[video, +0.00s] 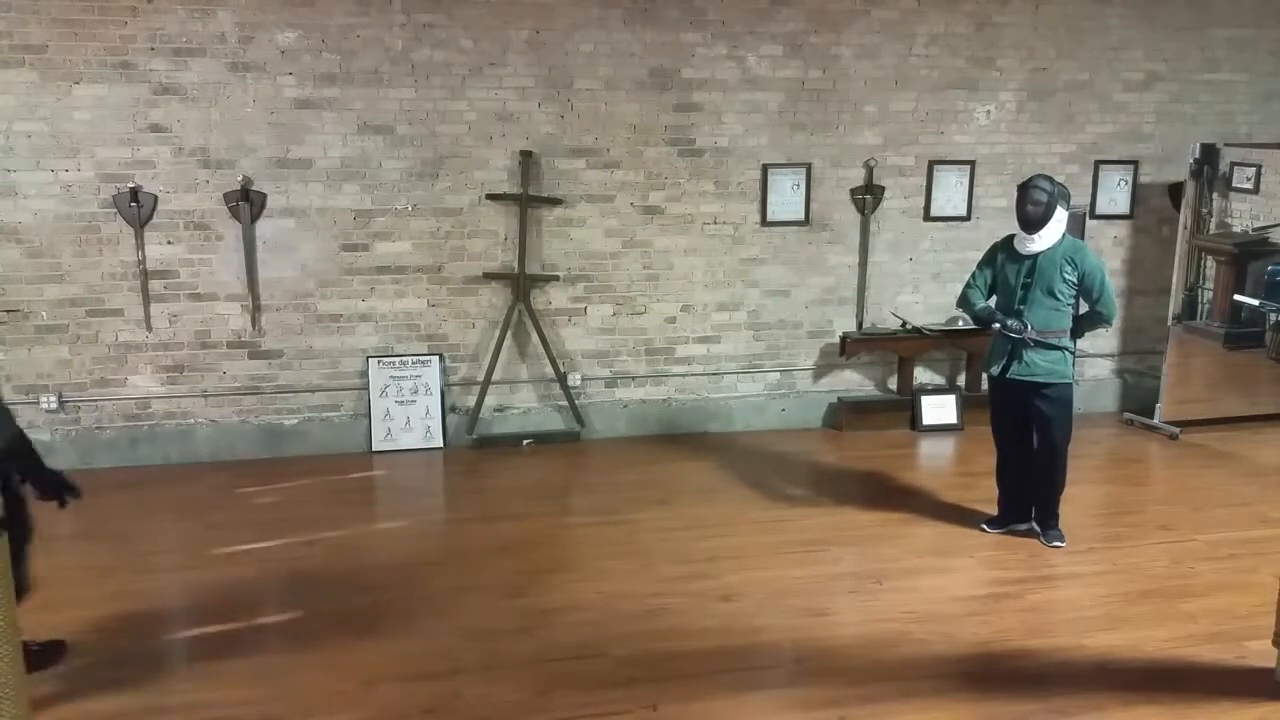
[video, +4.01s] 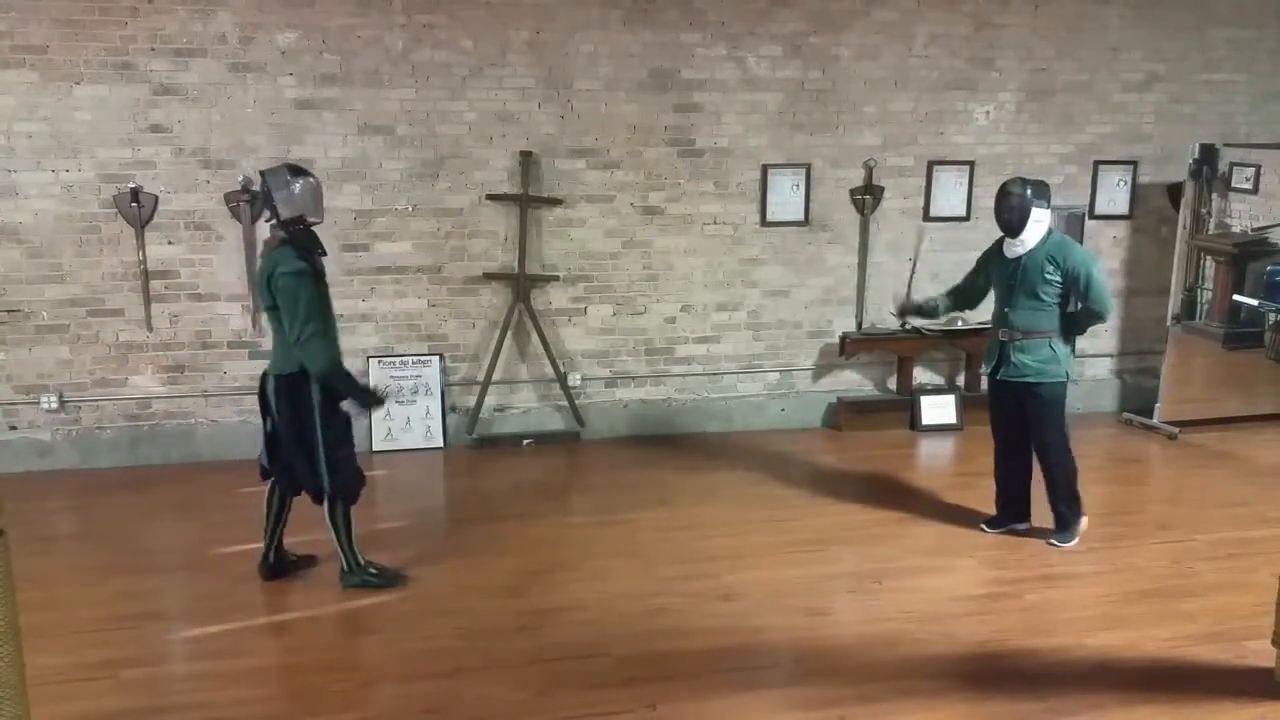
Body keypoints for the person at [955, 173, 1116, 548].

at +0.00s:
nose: (1027, 210)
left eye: (1035, 202)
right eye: (1023, 202)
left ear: (1056, 207)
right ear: (1017, 203)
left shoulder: (1077, 255)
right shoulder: (1003, 250)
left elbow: (1106, 311)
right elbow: (969, 296)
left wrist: (1071, 329)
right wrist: (997, 320)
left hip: (1050, 371)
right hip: (1005, 369)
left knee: (1051, 452)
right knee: (1009, 448)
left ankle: (1048, 522)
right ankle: (1013, 515)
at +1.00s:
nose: (1028, 210)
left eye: (1037, 203)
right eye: (1024, 202)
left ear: (1058, 207)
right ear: (1018, 204)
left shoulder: (1079, 254)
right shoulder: (1004, 250)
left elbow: (1107, 312)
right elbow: (972, 297)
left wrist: (1068, 331)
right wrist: (1000, 320)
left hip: (1052, 373)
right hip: (1006, 371)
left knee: (1052, 453)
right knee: (1010, 449)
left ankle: (1048, 523)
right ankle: (1013, 515)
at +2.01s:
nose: (1028, 209)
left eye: (1037, 202)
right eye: (1024, 201)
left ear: (1058, 206)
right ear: (1019, 202)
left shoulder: (1081, 254)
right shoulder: (1005, 250)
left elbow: (1108, 311)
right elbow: (973, 297)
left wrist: (1071, 331)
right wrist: (1001, 319)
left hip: (1053, 372)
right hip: (1007, 370)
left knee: (1054, 453)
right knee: (1013, 449)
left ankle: (1051, 523)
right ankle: (1016, 516)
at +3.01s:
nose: (1030, 213)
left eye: (1040, 207)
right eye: (1027, 205)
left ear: (1060, 210)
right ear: (1021, 206)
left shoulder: (1078, 256)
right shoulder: (1005, 247)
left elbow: (1105, 315)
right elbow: (954, 243)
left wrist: (1069, 331)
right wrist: (899, 230)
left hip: (1048, 365)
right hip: (1002, 361)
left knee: (1048, 449)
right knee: (1008, 445)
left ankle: (1046, 520)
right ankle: (1013, 513)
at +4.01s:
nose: (1002, 218)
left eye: (1009, 211)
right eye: (999, 211)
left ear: (1034, 210)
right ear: (999, 210)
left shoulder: (1067, 253)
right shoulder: (997, 253)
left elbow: (1100, 309)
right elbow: (963, 296)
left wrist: (1066, 327)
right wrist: (919, 307)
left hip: (1044, 365)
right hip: (1003, 364)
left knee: (1050, 446)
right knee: (1008, 446)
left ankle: (1068, 519)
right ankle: (1012, 515)